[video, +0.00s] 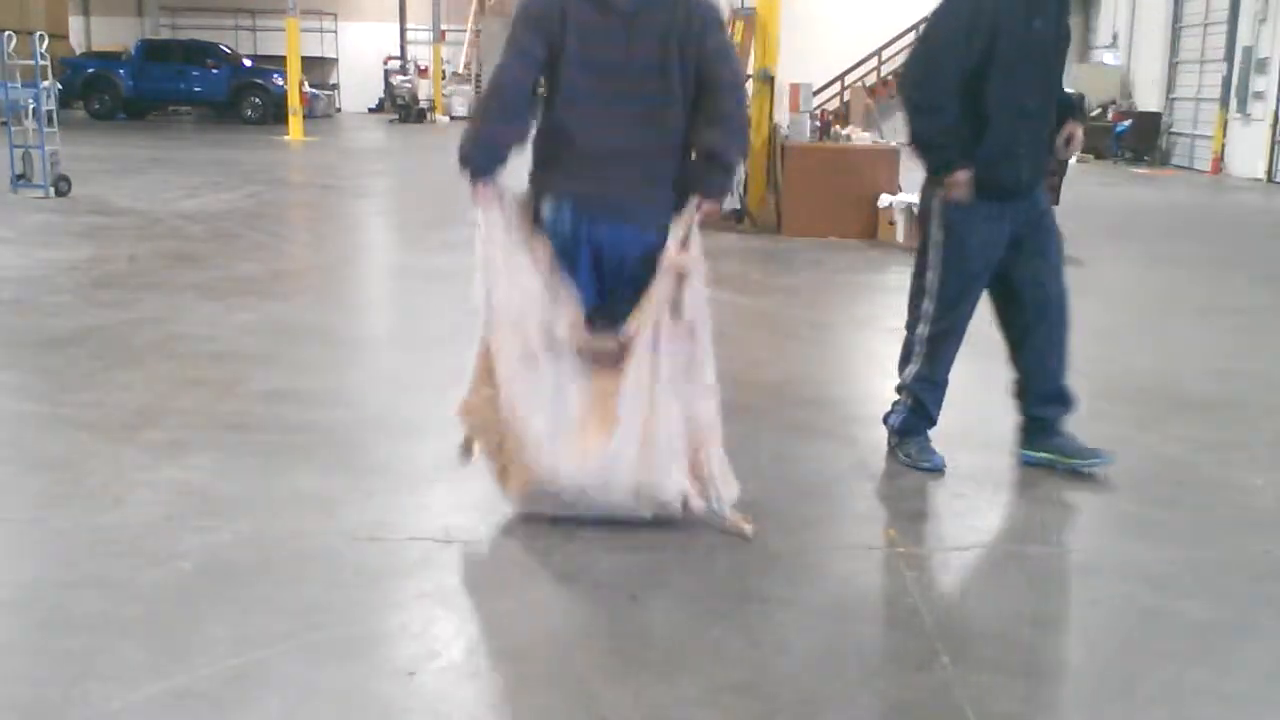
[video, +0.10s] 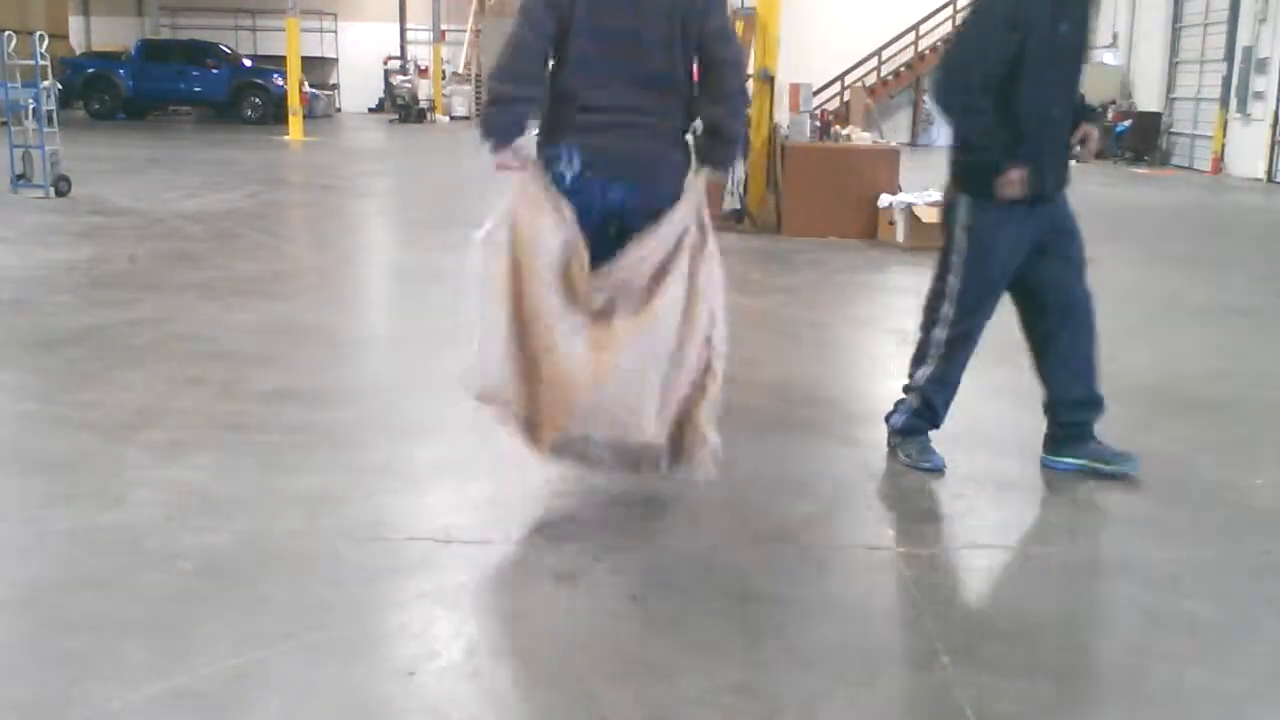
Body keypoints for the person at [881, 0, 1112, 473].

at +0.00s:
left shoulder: (1054, 11)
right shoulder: (973, 8)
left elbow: (1034, 80)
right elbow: (924, 78)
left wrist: (1068, 113)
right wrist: (949, 162)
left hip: (1025, 193)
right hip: (968, 189)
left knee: (1041, 314)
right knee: (941, 316)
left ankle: (1042, 432)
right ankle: (909, 429)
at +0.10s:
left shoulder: (1074, 11)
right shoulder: (1006, 9)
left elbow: (1050, 84)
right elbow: (957, 83)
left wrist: (1083, 119)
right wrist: (998, 162)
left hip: (1044, 197)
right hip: (987, 196)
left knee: (1066, 316)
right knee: (957, 314)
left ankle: (1071, 437)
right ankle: (909, 426)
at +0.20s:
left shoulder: (1087, 17)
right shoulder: (1034, 12)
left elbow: (1069, 98)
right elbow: (1004, 90)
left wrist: (1108, 122)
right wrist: (1052, 161)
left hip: (1070, 204)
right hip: (1016, 200)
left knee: (1090, 321)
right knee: (986, 321)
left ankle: (1074, 437)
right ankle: (914, 420)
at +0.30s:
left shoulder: (1106, 13)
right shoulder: (1066, 10)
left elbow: (1098, 87)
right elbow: (1049, 85)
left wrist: (1136, 113)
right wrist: (1109, 143)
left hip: (1090, 191)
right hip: (1044, 187)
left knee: (1098, 321)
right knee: (1028, 317)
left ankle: (1074, 438)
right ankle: (936, 408)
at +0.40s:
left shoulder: (1125, 12)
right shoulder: (1091, 9)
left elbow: (1106, 80)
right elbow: (1066, 80)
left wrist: (1146, 104)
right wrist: (1135, 123)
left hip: (1100, 174)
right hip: (1064, 170)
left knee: (1104, 314)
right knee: (1070, 310)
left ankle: (1074, 438)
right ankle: (973, 410)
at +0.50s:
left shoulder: (1141, 11)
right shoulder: (1116, 9)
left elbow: (1114, 76)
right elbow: (1091, 77)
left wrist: (1159, 102)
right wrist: (1157, 110)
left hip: (1109, 171)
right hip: (1083, 168)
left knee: (1109, 313)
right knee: (1092, 313)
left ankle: (1076, 438)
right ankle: (1032, 440)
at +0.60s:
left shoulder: (1149, 14)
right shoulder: (1142, 12)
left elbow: (1123, 76)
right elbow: (1116, 77)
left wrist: (1173, 108)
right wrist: (1167, 120)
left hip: (1103, 166)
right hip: (1107, 171)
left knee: (1099, 314)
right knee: (1120, 317)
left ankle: (1072, 446)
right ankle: (1105, 469)